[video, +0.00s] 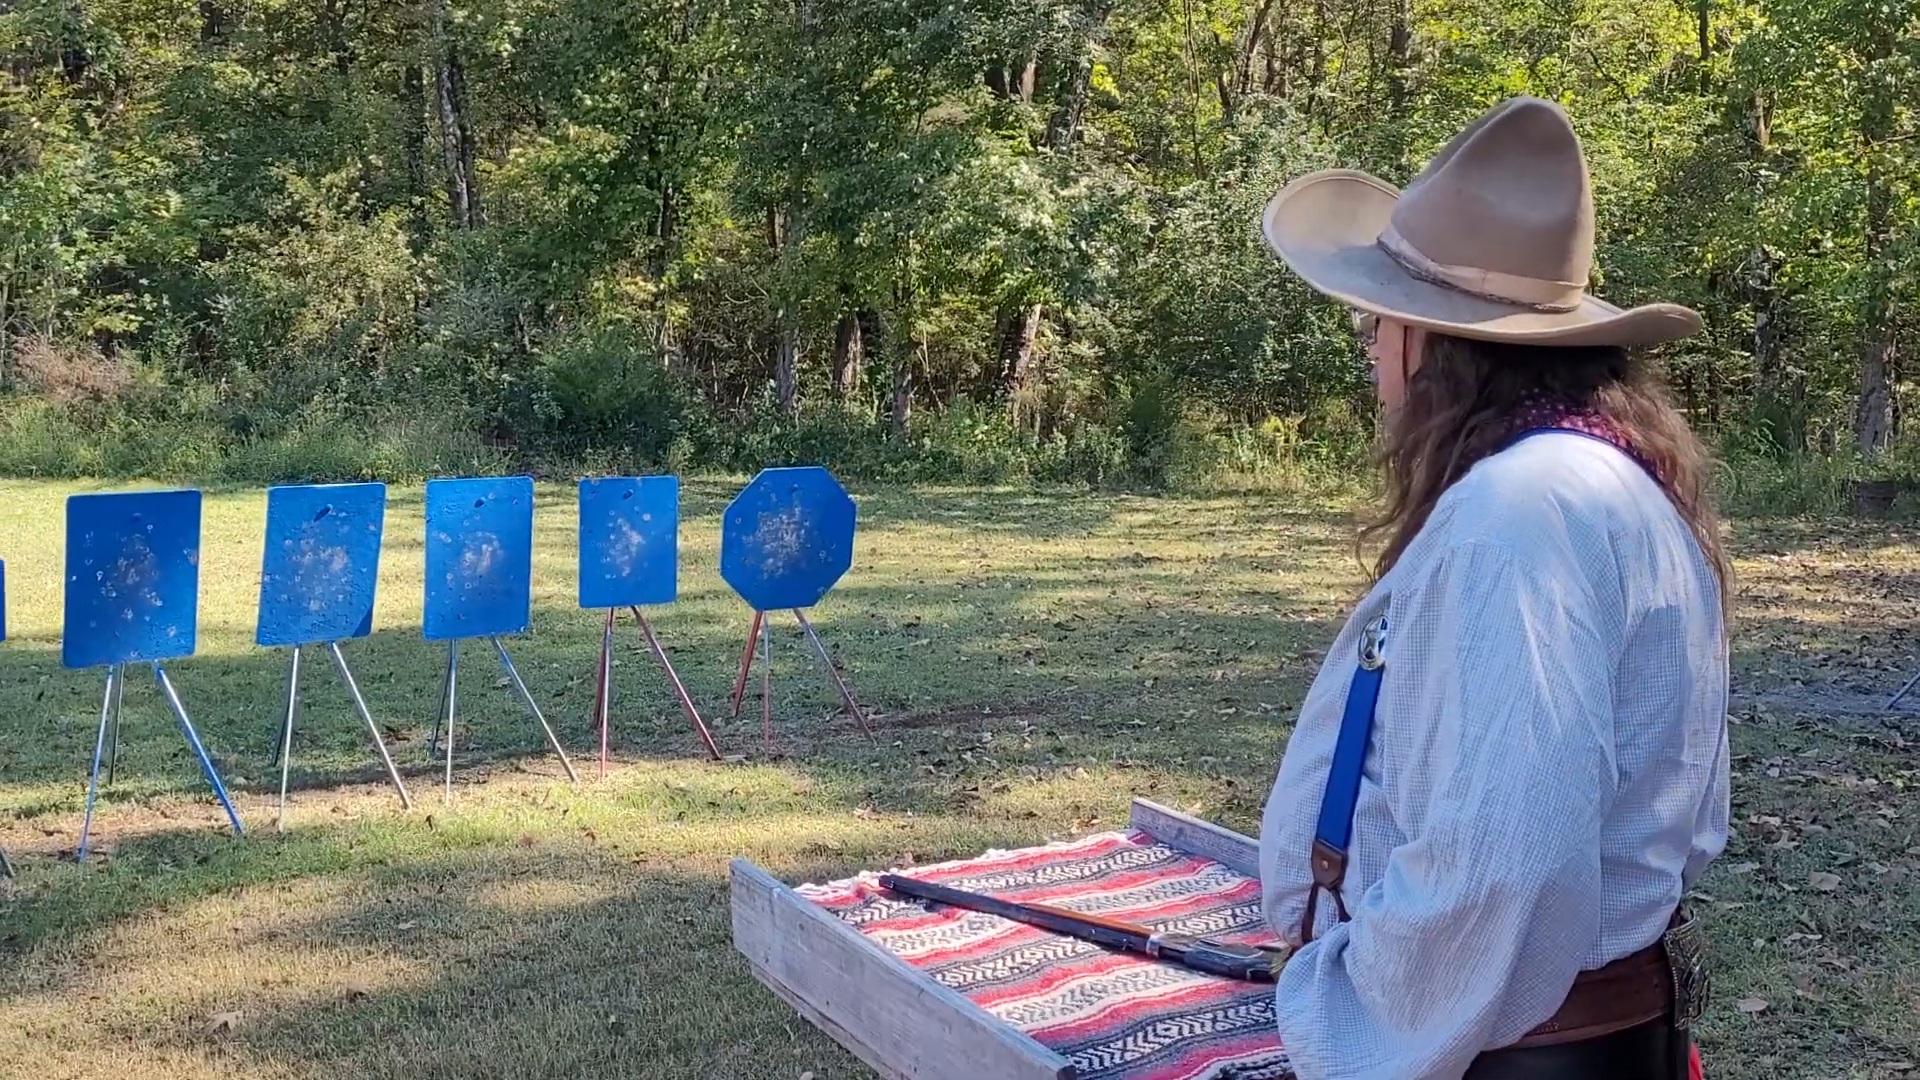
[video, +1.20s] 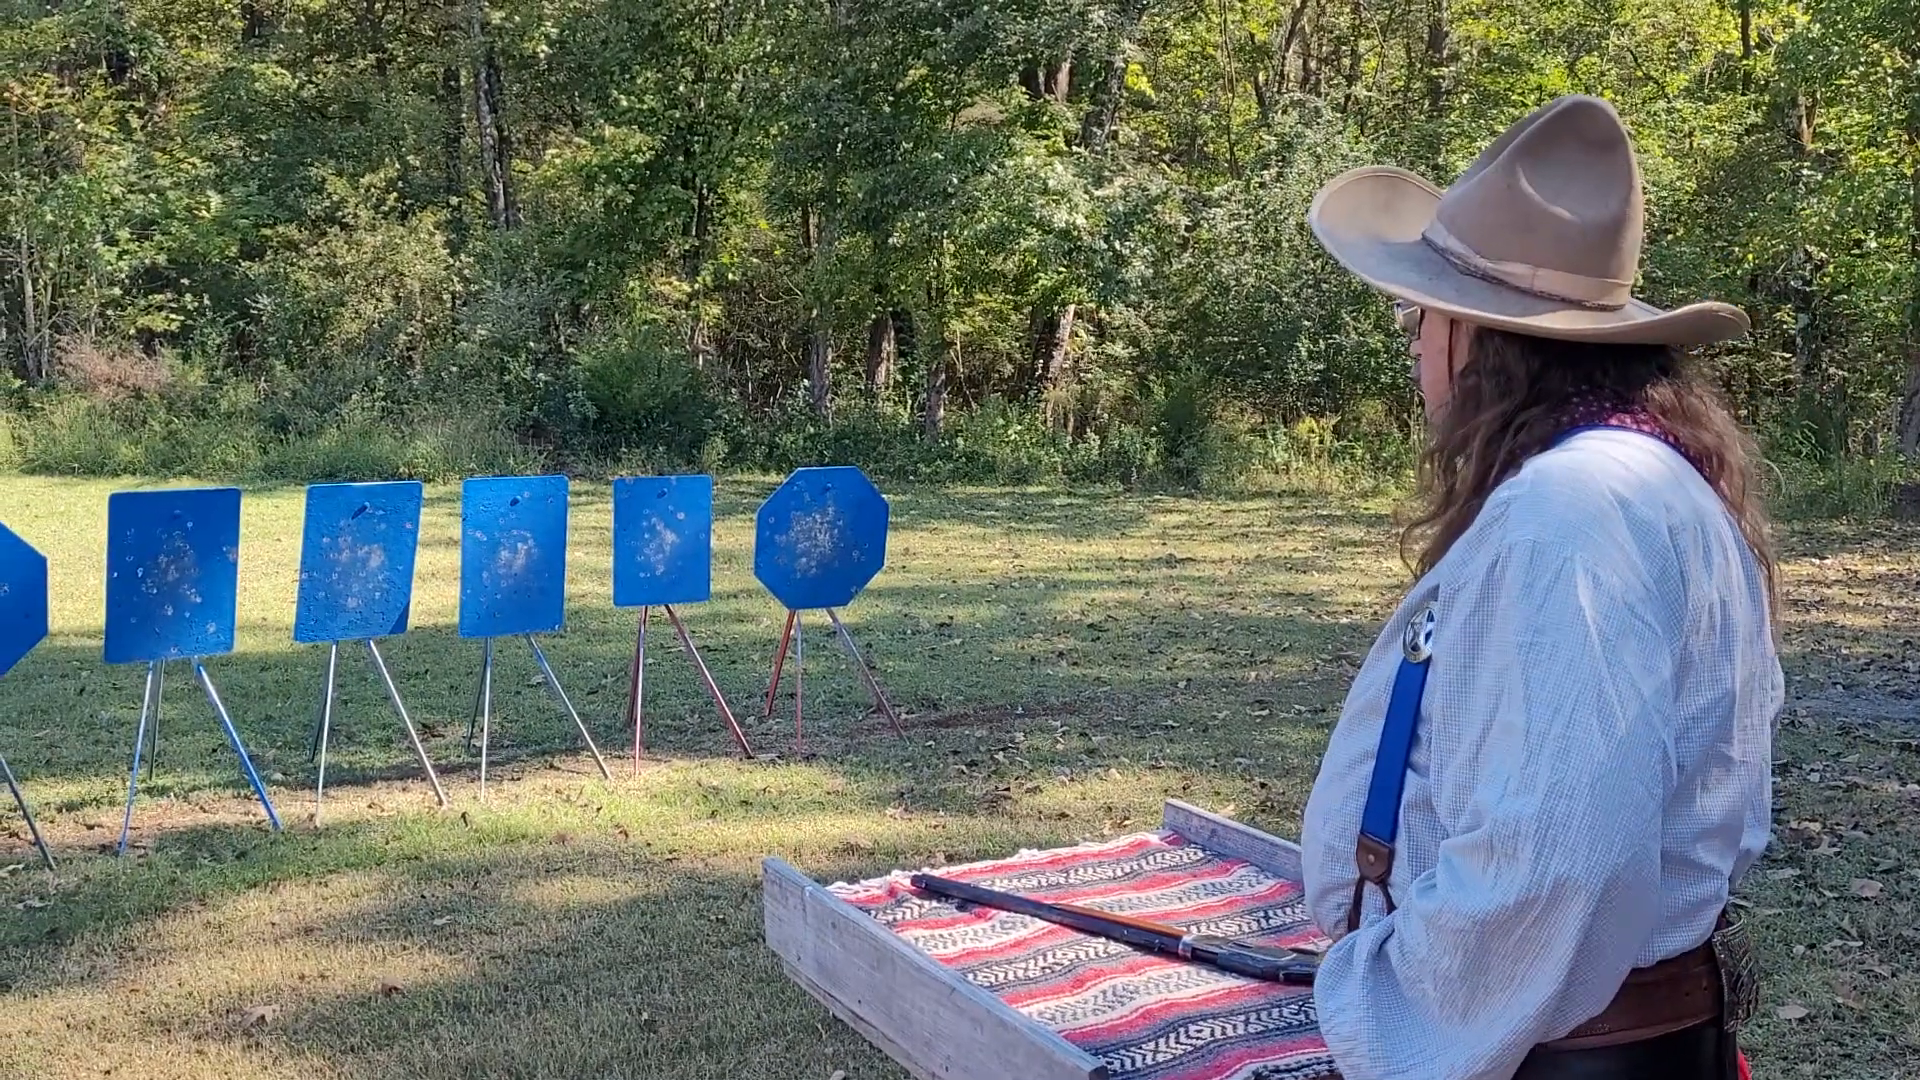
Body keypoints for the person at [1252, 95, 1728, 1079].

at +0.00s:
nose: (1369, 345)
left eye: (1381, 320)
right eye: (1374, 319)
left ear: (1439, 341)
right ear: (1546, 334)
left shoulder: (1523, 506)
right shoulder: (1609, 478)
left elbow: (1504, 858)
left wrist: (1339, 998)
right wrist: (1355, 895)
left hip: (1527, 1035)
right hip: (1611, 1004)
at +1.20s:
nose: (1413, 341)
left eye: (1425, 316)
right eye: (1419, 315)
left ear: (1486, 340)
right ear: (1586, 335)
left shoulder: (1573, 507)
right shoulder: (1656, 475)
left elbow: (1550, 851)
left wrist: (1379, 981)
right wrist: (1399, 903)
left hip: (1577, 1036)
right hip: (1658, 1003)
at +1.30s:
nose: (1402, 343)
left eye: (1413, 318)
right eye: (1406, 318)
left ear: (1476, 337)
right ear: (1583, 332)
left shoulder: (1560, 511)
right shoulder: (1667, 475)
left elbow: (1565, 862)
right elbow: (1783, 662)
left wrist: (1370, 992)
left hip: (1573, 1035)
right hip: (1676, 998)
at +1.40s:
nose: (1389, 345)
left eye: (1400, 321)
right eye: (1393, 320)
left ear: (1463, 343)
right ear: (1564, 336)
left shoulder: (1560, 518)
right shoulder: (1653, 474)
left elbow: (1554, 883)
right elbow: (1773, 663)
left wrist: (1347, 1026)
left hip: (1572, 1039)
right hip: (1672, 999)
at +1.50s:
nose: (1370, 344)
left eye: (1384, 319)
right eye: (1376, 319)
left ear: (1450, 344)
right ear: (1536, 337)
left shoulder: (1567, 517)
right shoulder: (1609, 484)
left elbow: (1570, 893)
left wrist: (1353, 1043)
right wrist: (1396, 933)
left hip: (1585, 1040)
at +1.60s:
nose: (1358, 347)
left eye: (1373, 323)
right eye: (1364, 322)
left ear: (1444, 347)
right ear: (1502, 339)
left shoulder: (1567, 520)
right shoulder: (1529, 491)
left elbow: (1583, 902)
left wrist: (1372, 1051)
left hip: (1573, 1040)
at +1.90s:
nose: (1346, 338)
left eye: (1359, 314)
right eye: (1351, 313)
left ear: (1422, 338)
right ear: (1499, 334)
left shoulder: (1548, 531)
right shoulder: (1499, 487)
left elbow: (1582, 931)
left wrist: (1432, 1062)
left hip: (1479, 1032)